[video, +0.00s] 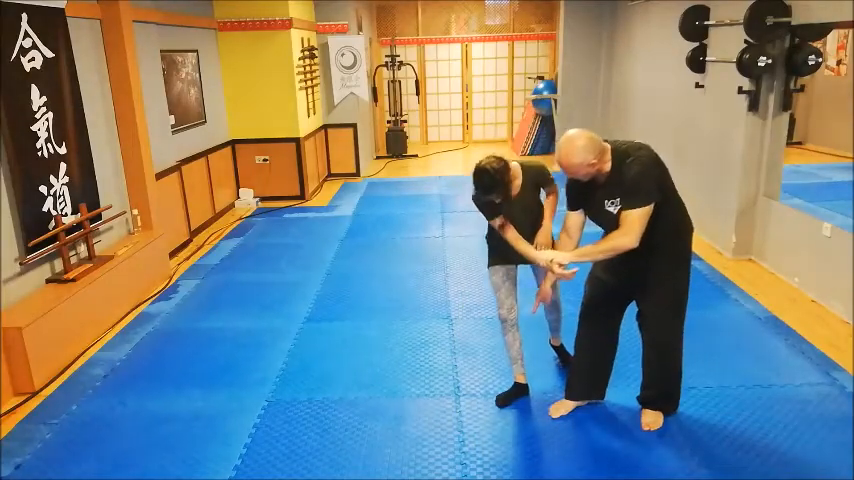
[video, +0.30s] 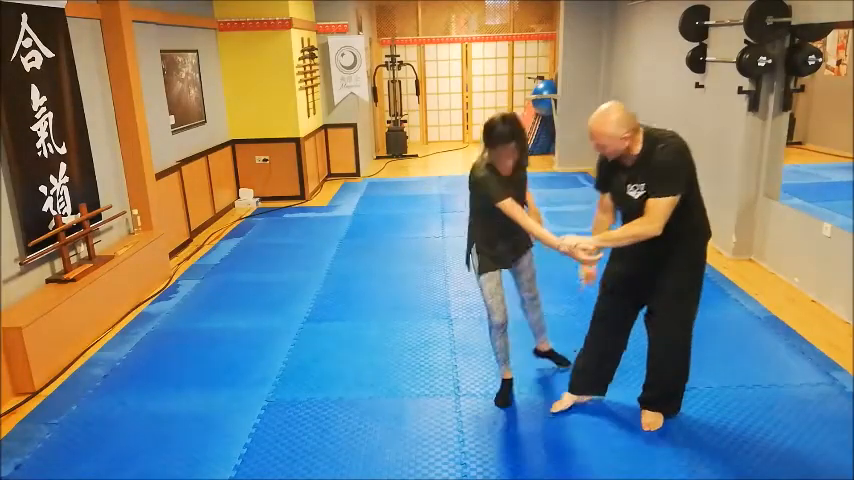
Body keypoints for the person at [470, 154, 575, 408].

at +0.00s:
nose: (495, 202)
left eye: (499, 197)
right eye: (490, 200)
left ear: (509, 177)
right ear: (481, 190)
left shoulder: (535, 171)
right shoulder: (482, 196)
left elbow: (552, 192)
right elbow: (505, 228)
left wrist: (546, 229)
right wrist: (541, 260)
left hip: (537, 237)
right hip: (502, 245)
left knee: (552, 297)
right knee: (507, 315)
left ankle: (556, 342)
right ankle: (520, 381)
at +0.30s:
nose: (510, 161)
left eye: (514, 154)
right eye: (503, 154)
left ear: (521, 148)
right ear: (490, 149)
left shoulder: (517, 163)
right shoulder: (482, 175)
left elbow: (522, 191)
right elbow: (520, 217)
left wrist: (534, 213)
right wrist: (560, 245)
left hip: (518, 240)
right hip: (488, 248)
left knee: (530, 295)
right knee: (498, 319)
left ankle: (542, 345)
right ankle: (506, 376)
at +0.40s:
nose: (512, 149)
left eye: (516, 142)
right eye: (505, 143)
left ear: (523, 134)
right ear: (489, 136)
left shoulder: (506, 158)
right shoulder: (485, 170)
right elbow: (528, 213)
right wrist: (570, 240)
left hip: (508, 238)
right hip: (484, 243)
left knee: (518, 301)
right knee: (499, 317)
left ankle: (524, 350)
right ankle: (497, 376)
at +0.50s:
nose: (516, 139)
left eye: (519, 132)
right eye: (512, 133)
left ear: (516, 124)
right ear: (491, 128)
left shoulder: (492, 153)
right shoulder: (489, 164)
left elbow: (495, 197)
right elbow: (533, 211)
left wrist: (519, 212)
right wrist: (578, 234)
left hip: (498, 242)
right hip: (486, 246)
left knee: (505, 304)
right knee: (499, 315)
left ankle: (498, 355)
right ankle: (486, 378)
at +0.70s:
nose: (514, 131)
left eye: (515, 125)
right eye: (511, 125)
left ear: (489, 123)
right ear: (491, 123)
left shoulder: (461, 153)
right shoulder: (498, 162)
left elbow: (449, 193)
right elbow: (536, 210)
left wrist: (481, 194)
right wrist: (581, 229)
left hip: (468, 244)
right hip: (495, 247)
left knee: (475, 305)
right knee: (504, 315)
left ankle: (452, 373)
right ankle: (484, 383)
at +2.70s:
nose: (516, 143)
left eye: (519, 138)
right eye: (516, 136)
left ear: (491, 128)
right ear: (499, 130)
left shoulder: (461, 155)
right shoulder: (492, 165)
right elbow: (535, 201)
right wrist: (580, 212)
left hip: (453, 247)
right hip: (481, 249)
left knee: (457, 314)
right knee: (510, 311)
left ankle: (451, 383)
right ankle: (517, 381)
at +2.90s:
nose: (531, 155)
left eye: (535, 151)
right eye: (529, 150)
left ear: (513, 137)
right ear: (513, 140)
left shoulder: (492, 154)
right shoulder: (504, 168)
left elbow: (503, 189)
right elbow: (528, 213)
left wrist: (521, 212)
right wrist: (566, 228)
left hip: (477, 243)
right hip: (490, 247)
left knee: (481, 306)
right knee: (523, 308)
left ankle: (454, 374)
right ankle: (520, 378)